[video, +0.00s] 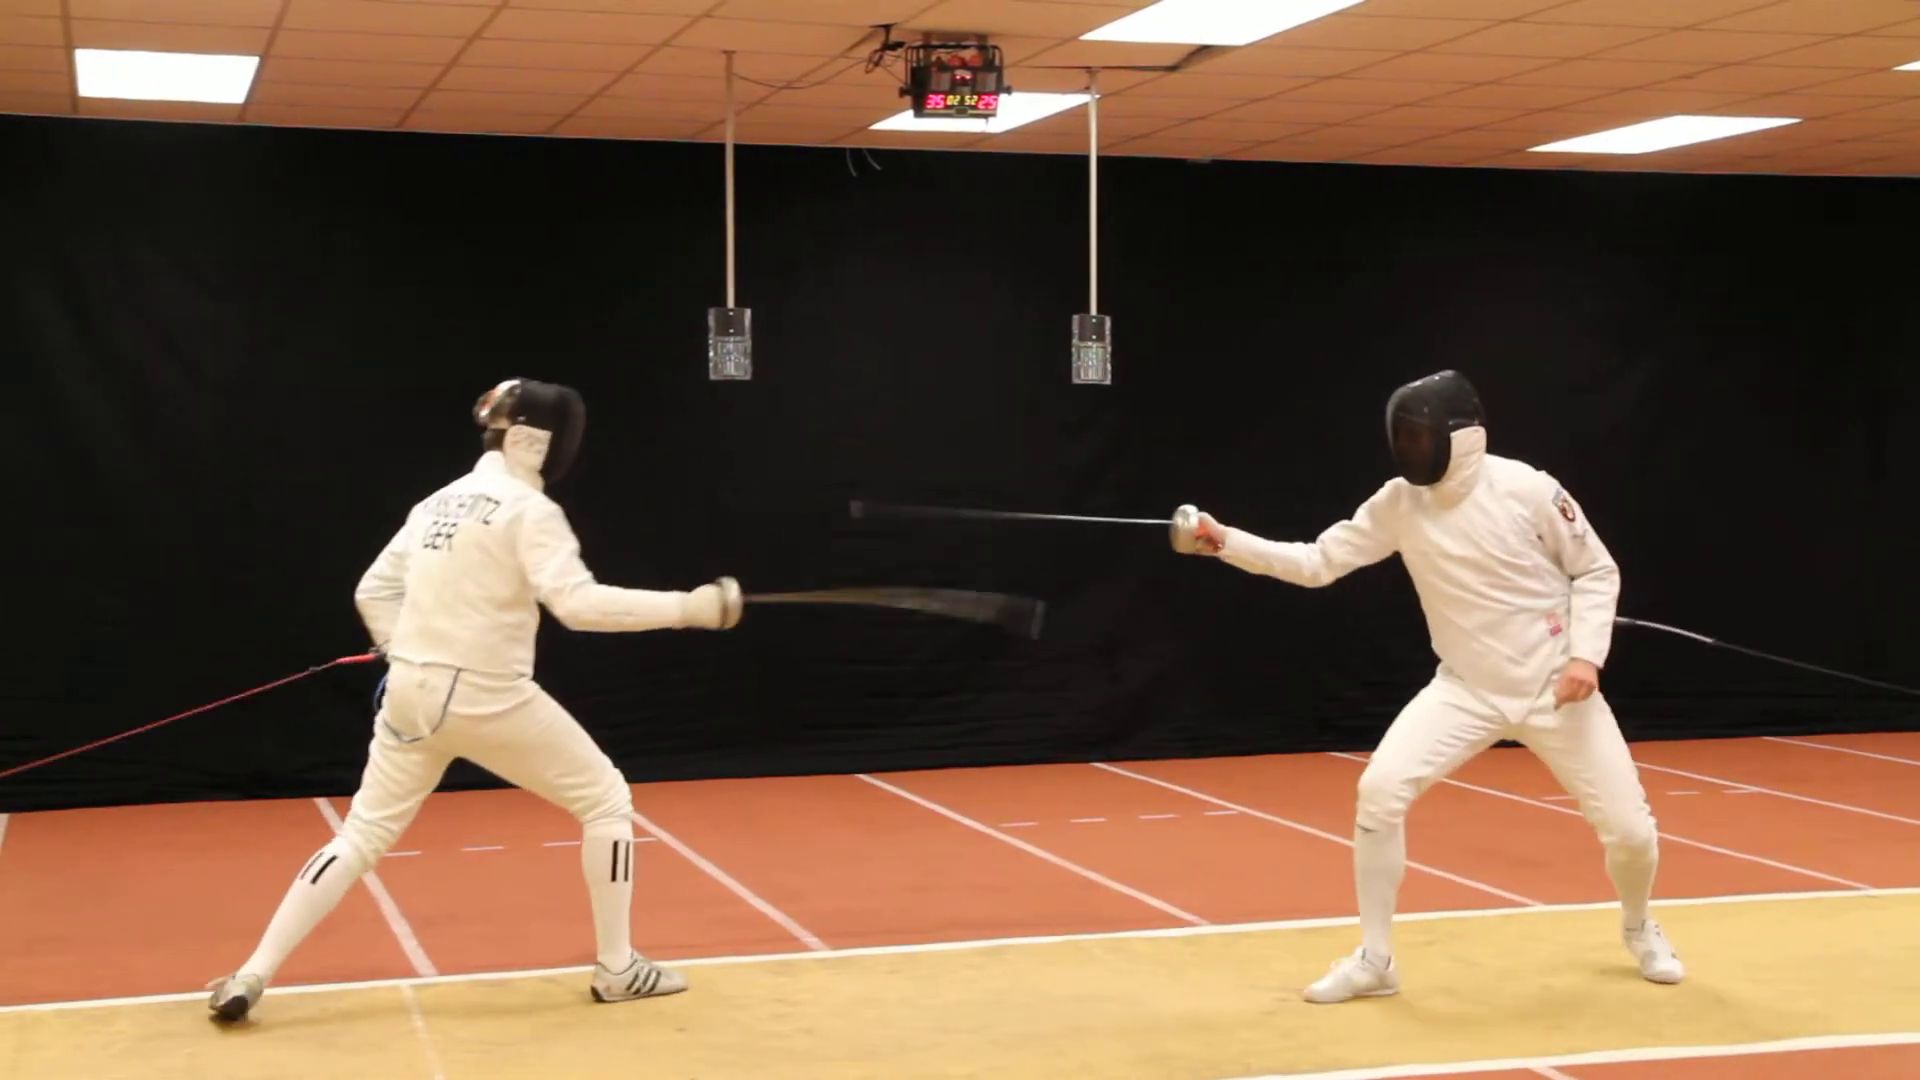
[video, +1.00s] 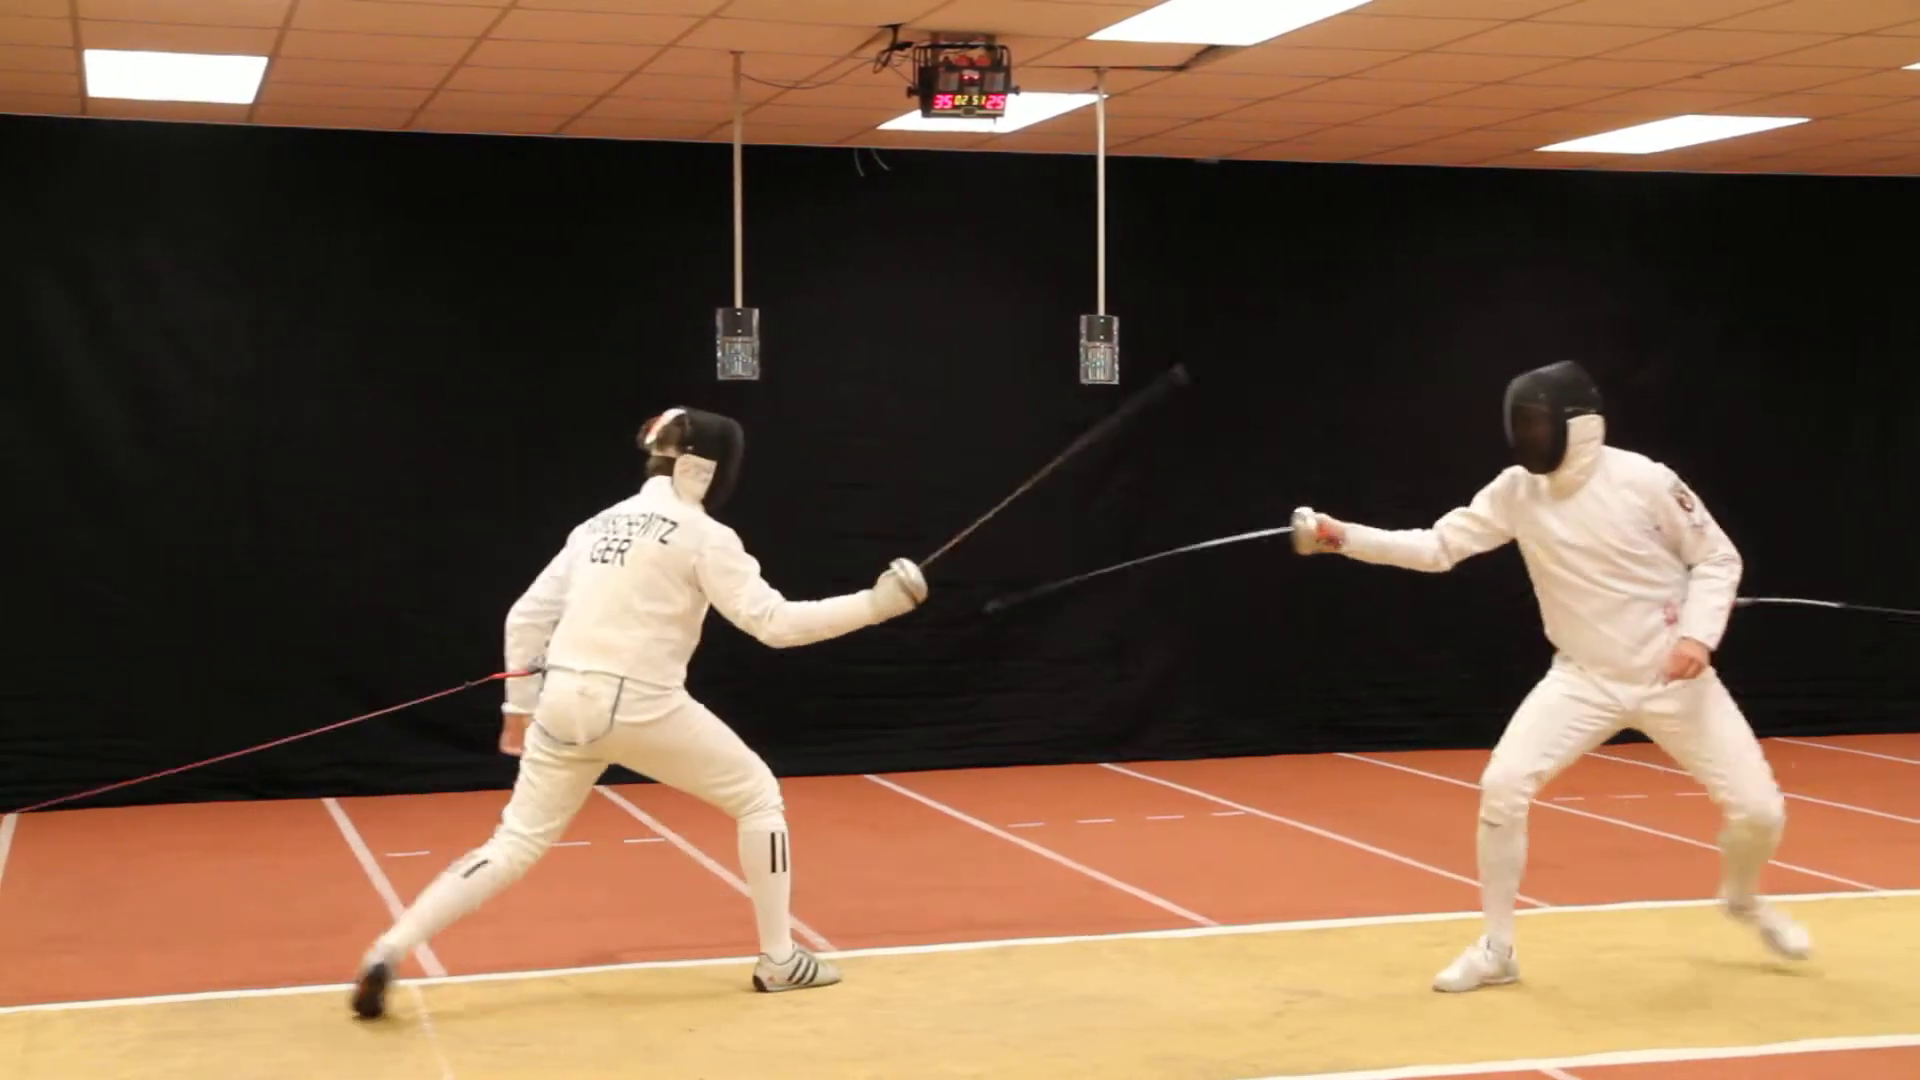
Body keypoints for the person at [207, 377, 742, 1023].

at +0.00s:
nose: (557, 449)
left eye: (551, 435)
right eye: (554, 436)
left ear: (504, 435)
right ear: (536, 442)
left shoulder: (439, 502)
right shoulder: (531, 511)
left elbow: (376, 591)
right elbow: (577, 601)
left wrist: (414, 662)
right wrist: (691, 605)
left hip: (408, 691)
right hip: (491, 697)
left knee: (361, 835)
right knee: (605, 801)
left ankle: (250, 977)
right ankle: (619, 967)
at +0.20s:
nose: (529, 469)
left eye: (525, 456)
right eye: (523, 457)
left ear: (459, 457)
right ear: (500, 464)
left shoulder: (400, 525)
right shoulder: (493, 537)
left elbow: (342, 612)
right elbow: (560, 623)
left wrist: (380, 681)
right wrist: (673, 609)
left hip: (374, 714)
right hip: (455, 715)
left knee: (342, 855)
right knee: (588, 791)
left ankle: (240, 990)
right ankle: (628, 958)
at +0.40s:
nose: (545, 476)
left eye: (540, 461)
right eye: (541, 464)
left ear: (473, 459)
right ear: (524, 468)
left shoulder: (418, 528)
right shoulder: (510, 537)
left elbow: (360, 615)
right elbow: (587, 618)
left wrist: (396, 685)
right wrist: (699, 605)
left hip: (386, 713)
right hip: (467, 718)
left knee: (350, 858)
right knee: (595, 809)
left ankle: (239, 991)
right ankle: (652, 963)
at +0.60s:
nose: (563, 482)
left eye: (555, 466)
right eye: (560, 469)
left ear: (499, 462)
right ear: (542, 470)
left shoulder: (445, 530)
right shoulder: (527, 538)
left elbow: (392, 619)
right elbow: (603, 625)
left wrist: (422, 686)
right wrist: (715, 613)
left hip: (408, 713)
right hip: (487, 716)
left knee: (357, 857)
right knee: (625, 788)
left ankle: (242, 990)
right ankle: (662, 955)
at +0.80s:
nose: (656, 473)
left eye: (633, 456)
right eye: (659, 463)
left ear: (599, 458)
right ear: (655, 467)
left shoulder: (541, 521)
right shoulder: (646, 529)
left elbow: (473, 604)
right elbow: (737, 581)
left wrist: (494, 673)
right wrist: (844, 568)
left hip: (495, 692)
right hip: (579, 701)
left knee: (397, 827)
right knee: (689, 813)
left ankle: (267, 951)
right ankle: (770, 956)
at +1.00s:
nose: (719, 481)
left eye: (708, 466)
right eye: (717, 469)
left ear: (663, 460)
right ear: (705, 470)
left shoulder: (598, 526)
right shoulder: (702, 532)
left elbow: (527, 617)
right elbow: (775, 623)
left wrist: (519, 703)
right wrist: (882, 600)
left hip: (560, 699)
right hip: (642, 705)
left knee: (514, 845)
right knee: (757, 796)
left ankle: (391, 948)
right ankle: (780, 957)